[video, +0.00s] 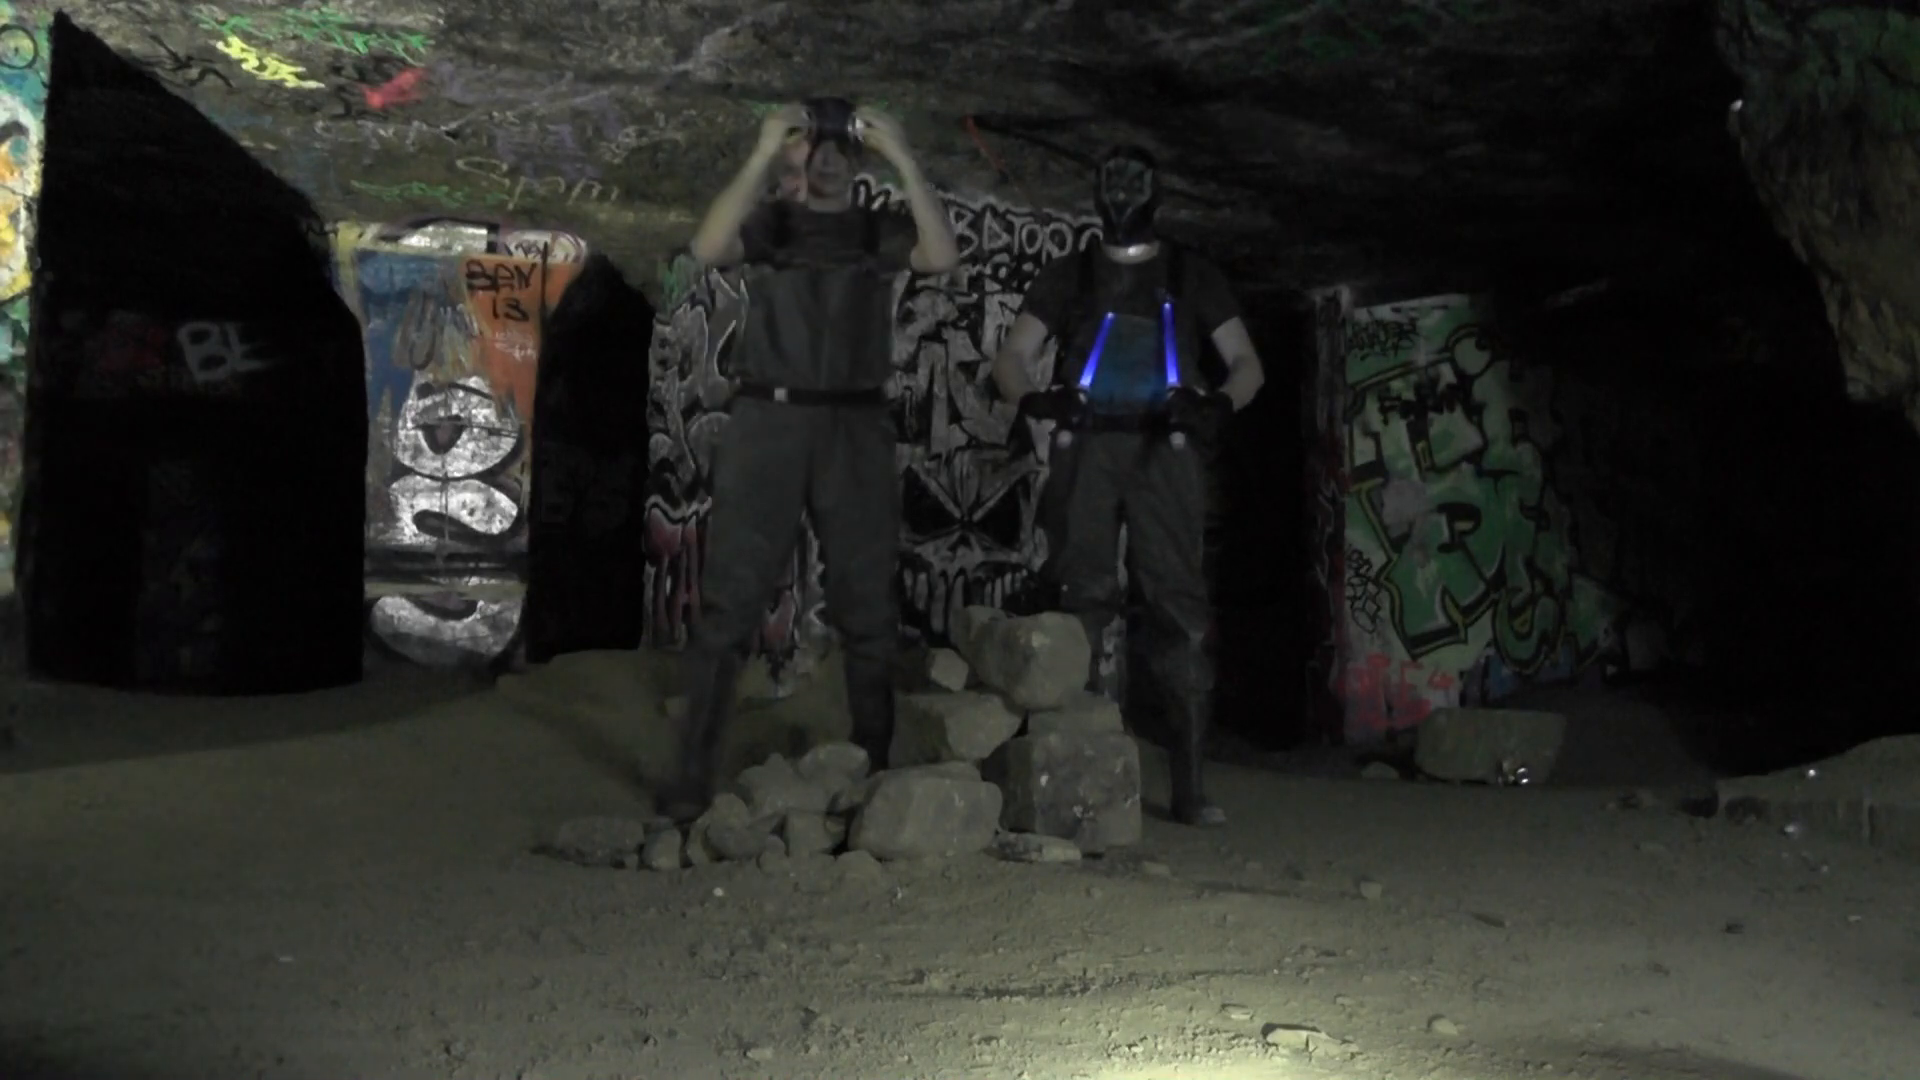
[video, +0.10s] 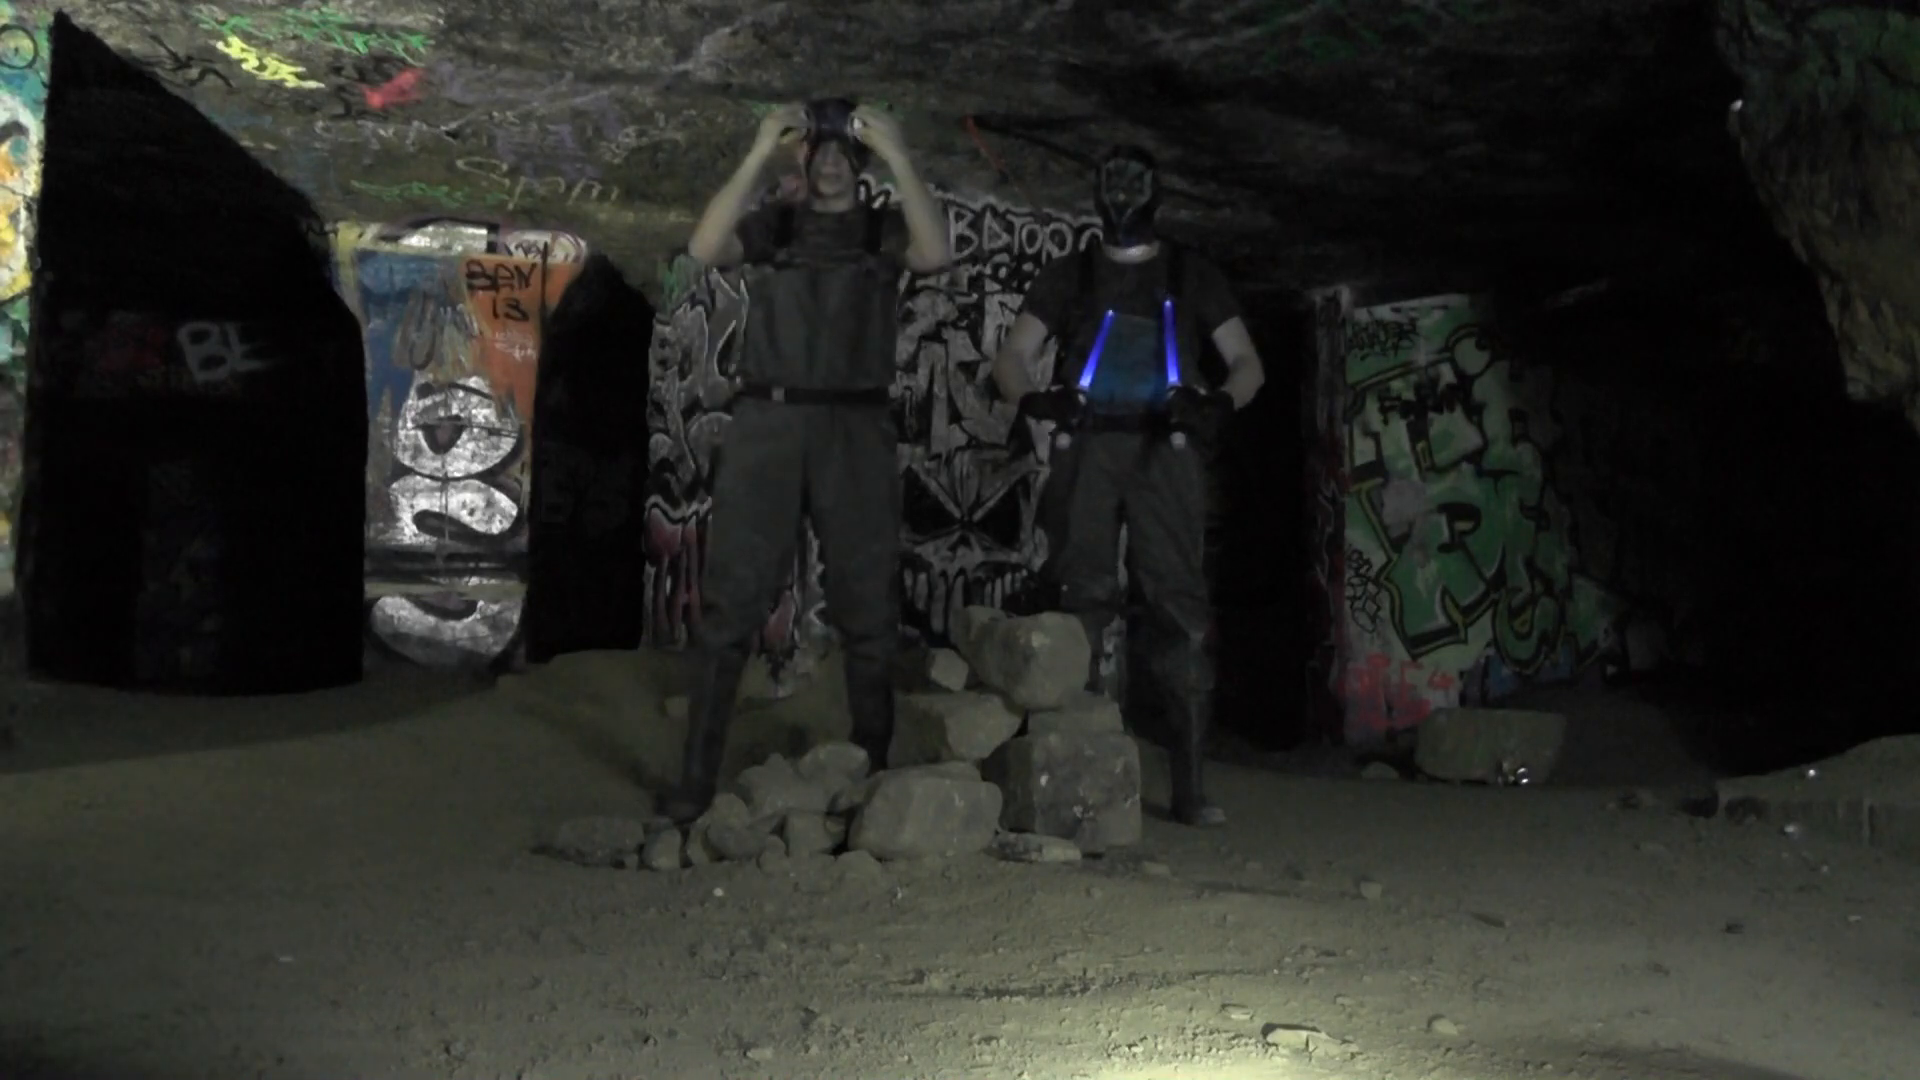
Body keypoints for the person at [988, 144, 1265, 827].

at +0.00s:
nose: (1123, 198)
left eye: (1135, 184)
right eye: (1112, 185)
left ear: (1155, 193)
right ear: (1096, 195)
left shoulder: (1191, 274)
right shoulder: (1069, 274)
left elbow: (1248, 368)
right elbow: (1009, 361)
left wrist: (1215, 408)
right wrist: (1033, 398)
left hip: (1169, 464)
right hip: (1086, 463)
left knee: (1179, 615)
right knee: (1082, 613)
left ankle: (1188, 788)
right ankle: (1081, 785)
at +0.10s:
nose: (1123, 200)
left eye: (1135, 186)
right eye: (1112, 186)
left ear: (1154, 194)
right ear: (1096, 196)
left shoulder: (1191, 274)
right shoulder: (1069, 274)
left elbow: (1248, 368)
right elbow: (1009, 360)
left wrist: (1215, 407)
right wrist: (1033, 398)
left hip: (1169, 464)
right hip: (1087, 463)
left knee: (1179, 616)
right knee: (1083, 614)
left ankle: (1188, 788)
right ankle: (1081, 785)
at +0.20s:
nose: (1124, 199)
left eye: (1136, 185)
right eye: (1113, 185)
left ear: (1155, 194)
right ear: (1097, 195)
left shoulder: (1191, 274)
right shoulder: (1069, 275)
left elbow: (1249, 367)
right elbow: (1009, 360)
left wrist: (1216, 406)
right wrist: (1032, 398)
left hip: (1169, 463)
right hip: (1087, 462)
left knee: (1180, 615)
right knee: (1084, 612)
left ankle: (1188, 788)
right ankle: (1082, 784)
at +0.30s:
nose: (1124, 199)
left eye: (1136, 185)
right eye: (1113, 185)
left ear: (1156, 194)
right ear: (1097, 195)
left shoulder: (1191, 275)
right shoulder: (1069, 274)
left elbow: (1250, 367)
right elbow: (1009, 360)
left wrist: (1217, 406)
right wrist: (1032, 398)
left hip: (1170, 463)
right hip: (1088, 462)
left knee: (1180, 615)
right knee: (1085, 612)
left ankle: (1188, 787)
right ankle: (1084, 783)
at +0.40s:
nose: (1124, 199)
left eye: (1136, 185)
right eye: (1113, 186)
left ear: (1156, 194)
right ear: (1098, 195)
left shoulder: (1191, 273)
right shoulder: (1070, 273)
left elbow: (1250, 367)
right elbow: (1007, 362)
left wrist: (1217, 404)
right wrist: (1036, 396)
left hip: (1170, 461)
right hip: (1088, 459)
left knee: (1180, 615)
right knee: (1084, 612)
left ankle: (1188, 787)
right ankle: (1082, 784)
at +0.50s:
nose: (1125, 200)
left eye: (1137, 186)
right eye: (1114, 186)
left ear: (1157, 195)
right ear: (1099, 195)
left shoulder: (1192, 273)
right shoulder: (1070, 273)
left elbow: (1250, 368)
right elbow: (1007, 362)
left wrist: (1214, 406)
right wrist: (1038, 397)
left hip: (1170, 460)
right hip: (1088, 459)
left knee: (1180, 615)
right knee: (1085, 612)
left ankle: (1187, 788)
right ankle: (1082, 784)